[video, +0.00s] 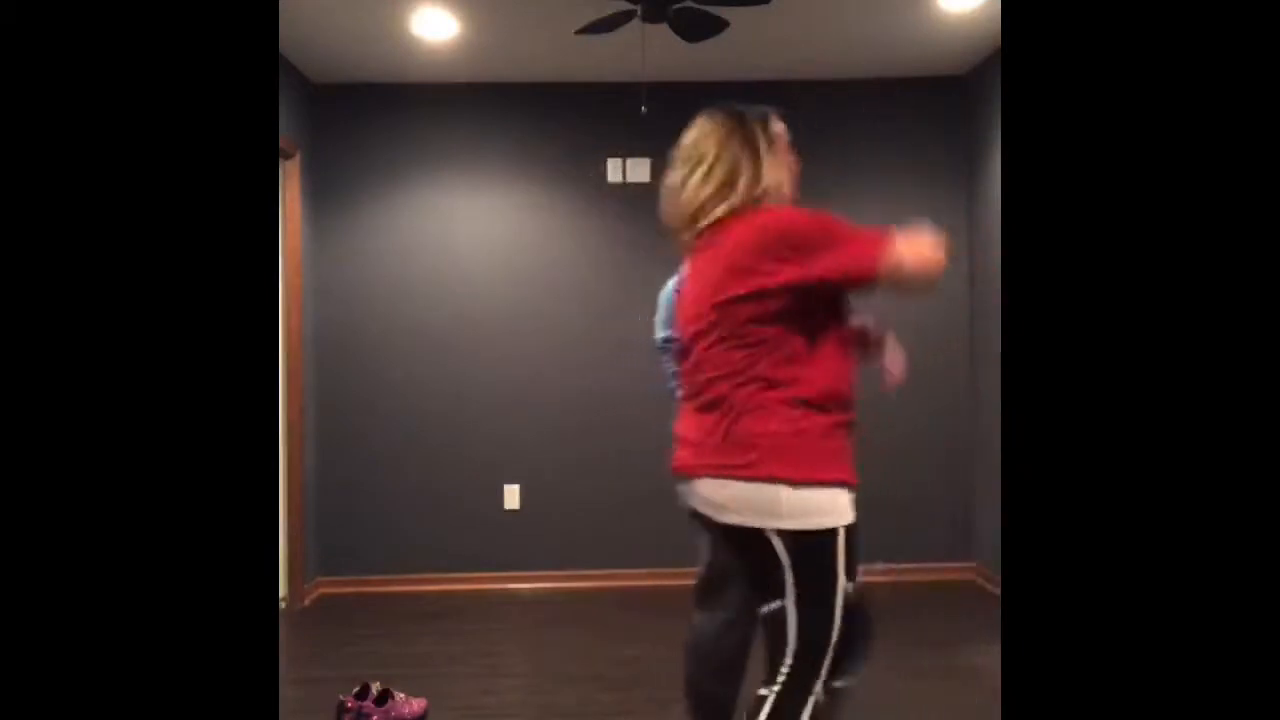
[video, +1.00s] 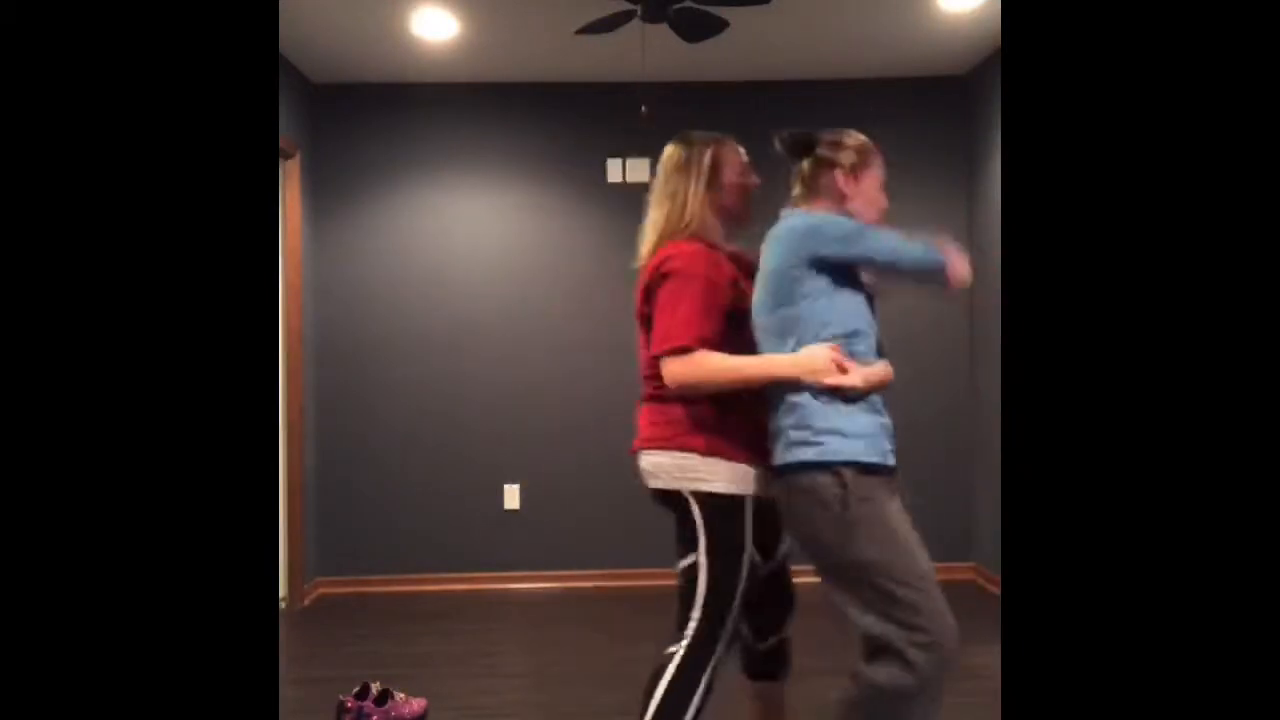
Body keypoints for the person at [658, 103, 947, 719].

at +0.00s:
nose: (794, 162)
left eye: (789, 148)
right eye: (784, 150)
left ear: (713, 166)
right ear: (755, 162)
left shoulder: (712, 244)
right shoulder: (773, 231)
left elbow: (776, 334)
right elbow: (920, 257)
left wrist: (861, 341)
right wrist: (918, 239)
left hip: (726, 480)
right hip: (789, 485)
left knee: (841, 635)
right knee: (811, 658)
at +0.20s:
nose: (749, 161)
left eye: (740, 147)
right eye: (736, 148)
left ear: (645, 161)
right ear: (710, 162)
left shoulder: (615, 254)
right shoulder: (760, 248)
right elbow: (806, 351)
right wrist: (859, 374)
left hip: (619, 488)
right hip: (736, 494)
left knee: (630, 650)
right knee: (756, 670)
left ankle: (605, 696)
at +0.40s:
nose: (690, 168)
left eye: (686, 156)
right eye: (685, 156)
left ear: (597, 162)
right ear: (674, 163)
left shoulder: (565, 239)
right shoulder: (712, 248)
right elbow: (747, 354)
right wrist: (784, 348)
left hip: (557, 487)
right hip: (672, 492)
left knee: (567, 672)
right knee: (721, 660)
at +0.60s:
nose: (690, 178)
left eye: (688, 166)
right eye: (682, 165)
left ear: (604, 175)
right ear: (662, 175)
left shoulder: (583, 249)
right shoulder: (696, 260)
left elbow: (679, 224)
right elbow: (755, 384)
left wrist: (724, 165)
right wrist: (795, 363)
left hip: (569, 485)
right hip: (675, 496)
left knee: (578, 662)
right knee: (679, 659)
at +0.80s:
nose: (719, 178)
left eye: (715, 166)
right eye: (709, 167)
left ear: (646, 181)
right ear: (679, 180)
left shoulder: (629, 262)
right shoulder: (695, 264)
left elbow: (717, 263)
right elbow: (704, 370)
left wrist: (774, 201)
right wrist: (816, 374)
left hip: (625, 480)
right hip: (694, 490)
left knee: (667, 627)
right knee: (685, 650)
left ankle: (619, 707)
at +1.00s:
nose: (753, 182)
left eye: (750, 171)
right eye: (742, 171)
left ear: (708, 183)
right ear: (705, 180)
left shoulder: (730, 262)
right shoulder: (689, 260)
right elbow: (679, 367)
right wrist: (795, 365)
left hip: (736, 458)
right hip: (698, 461)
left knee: (768, 602)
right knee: (707, 626)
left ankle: (769, 707)